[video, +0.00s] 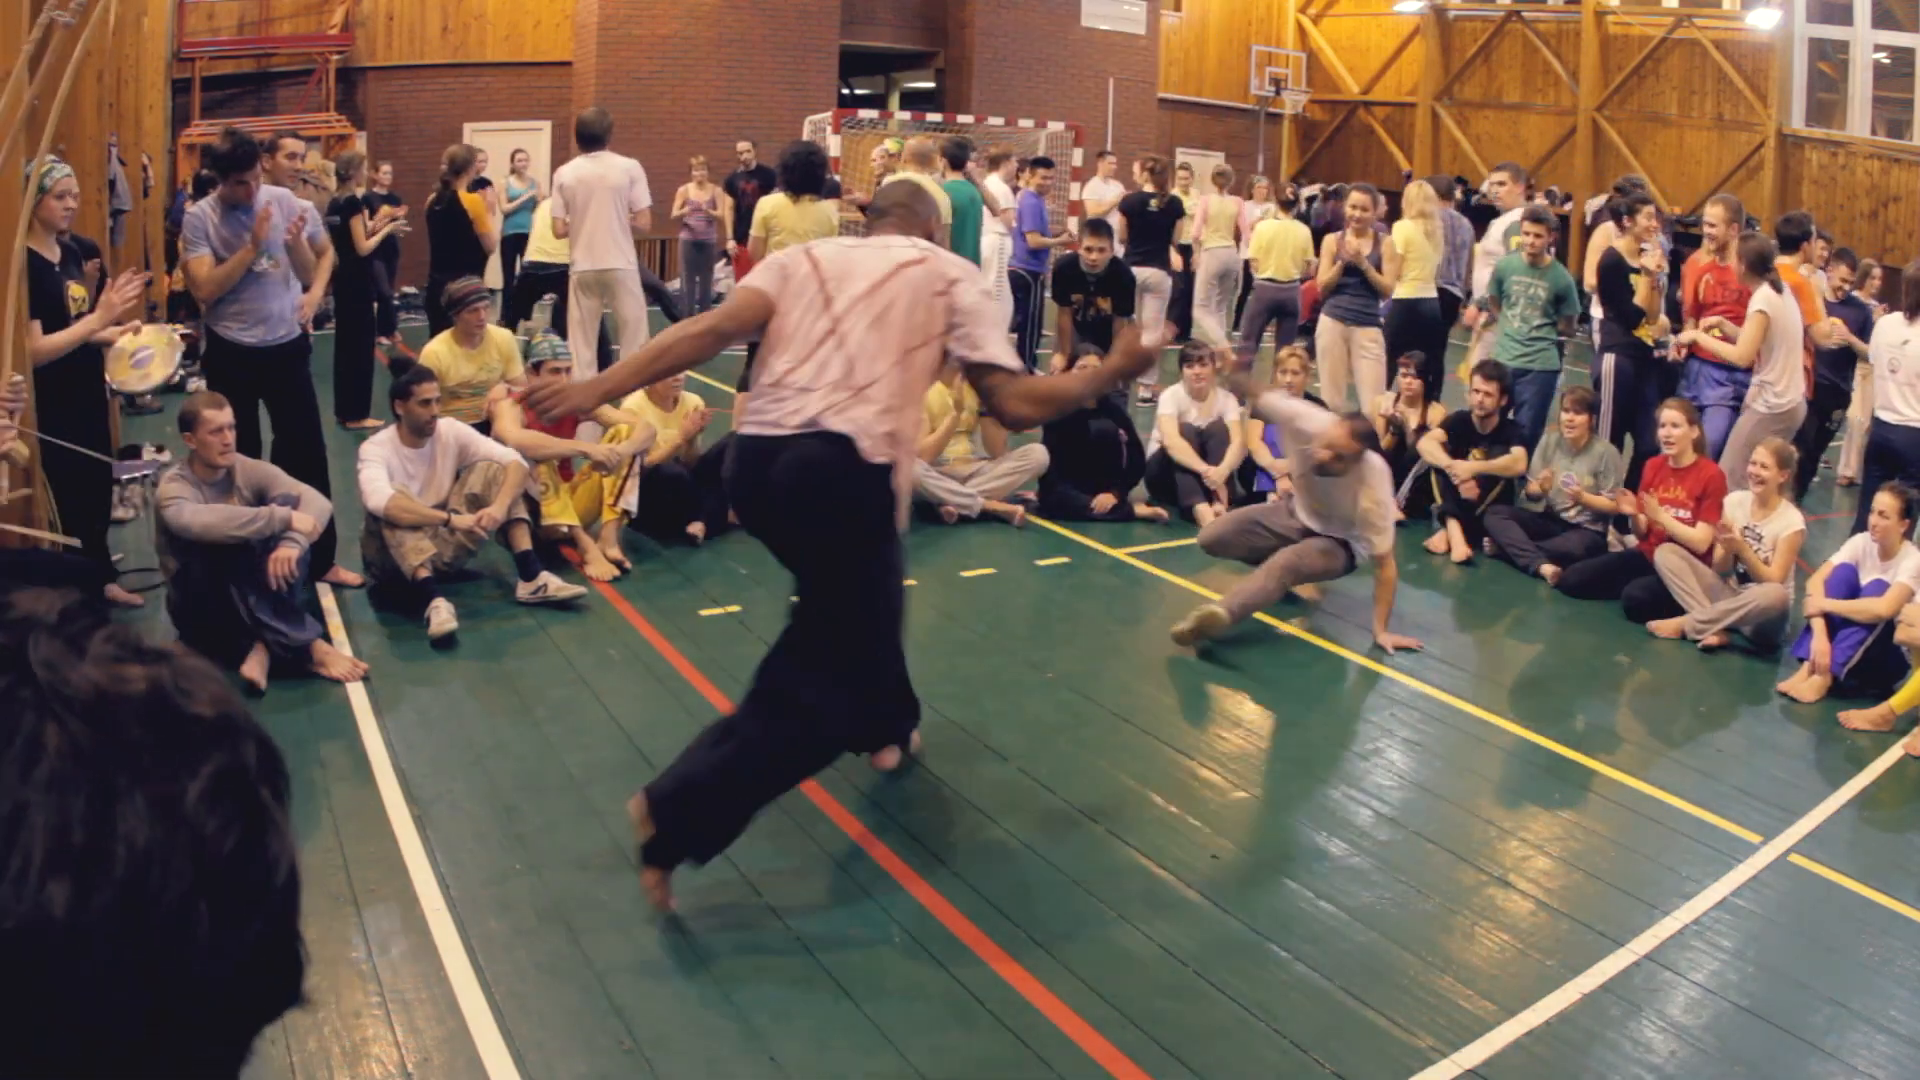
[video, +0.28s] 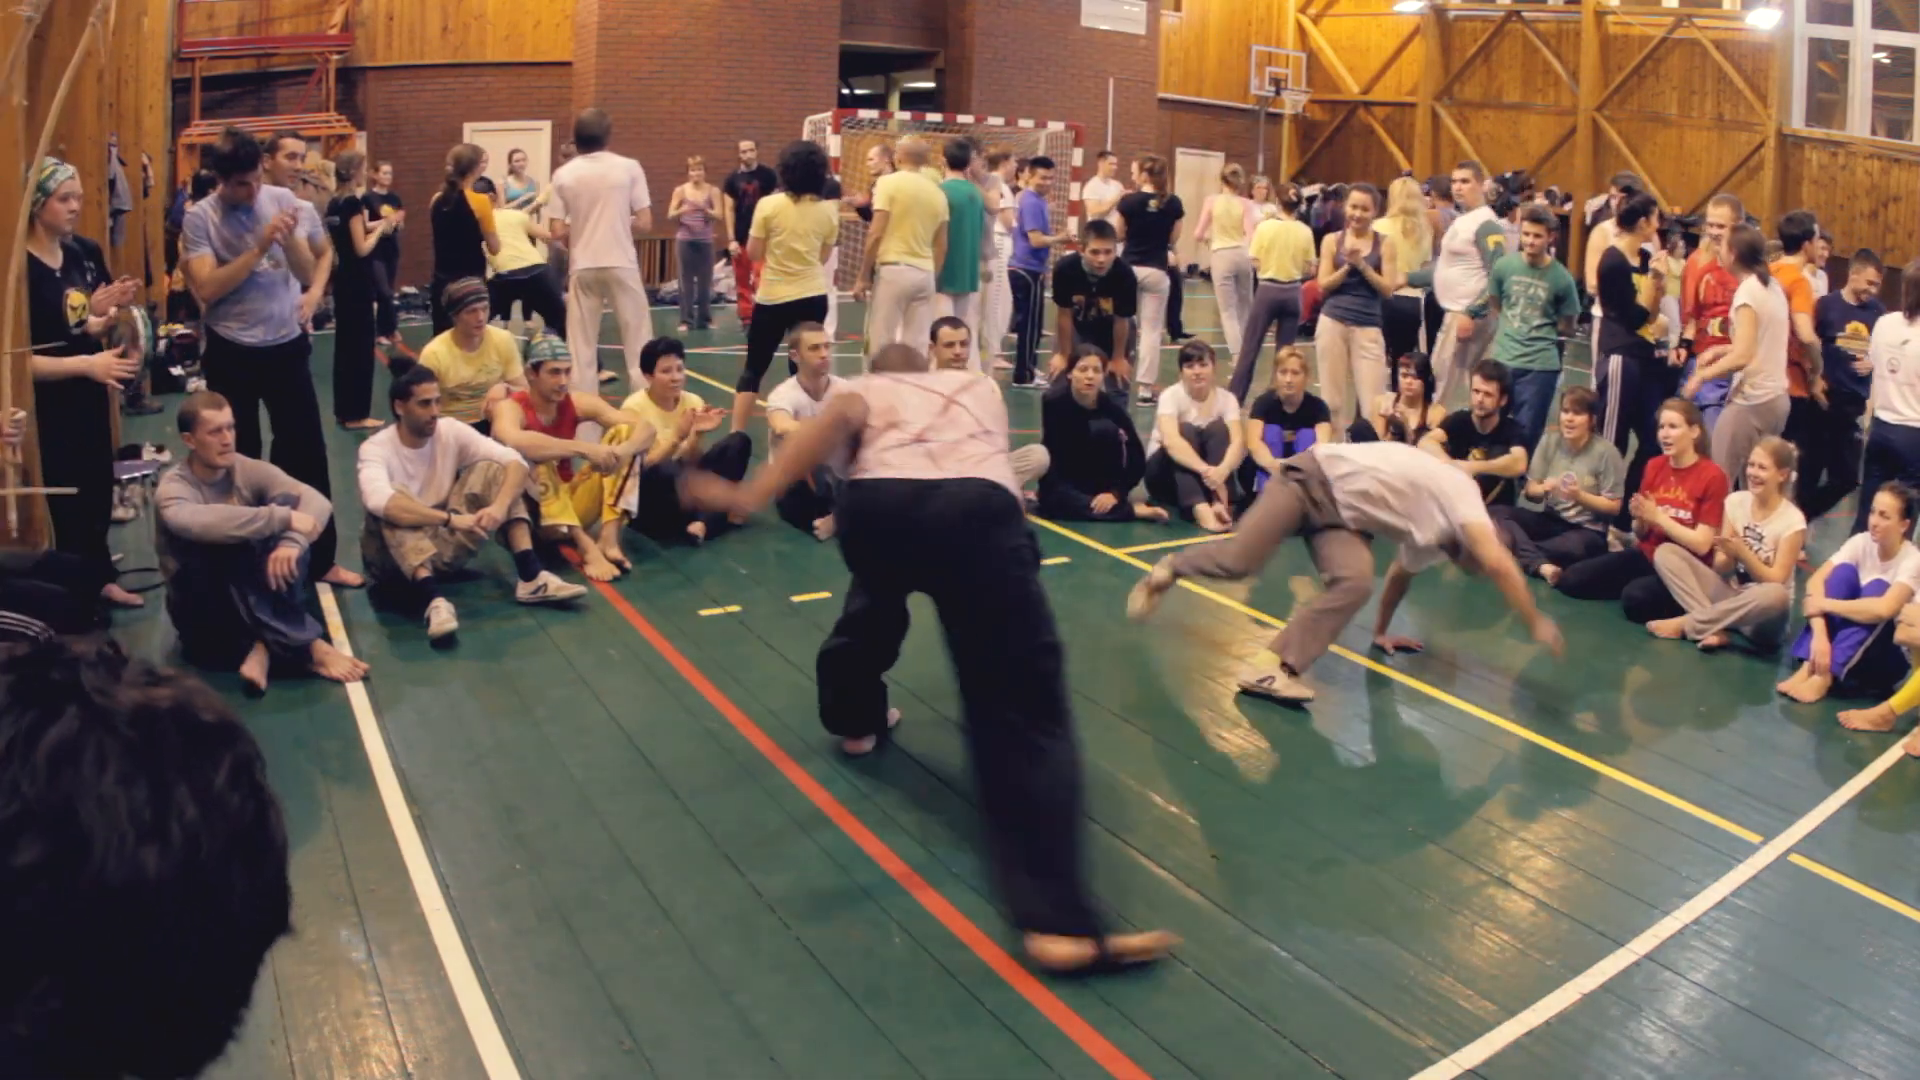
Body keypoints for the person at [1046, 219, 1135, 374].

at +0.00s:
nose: (1094, 257)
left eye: (1101, 251)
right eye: (1088, 250)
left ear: (1112, 251)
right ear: (1079, 248)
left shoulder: (1122, 274)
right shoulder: (1064, 267)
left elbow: (1120, 321)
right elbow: (1064, 313)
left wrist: (1113, 358)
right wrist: (1064, 353)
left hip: (1108, 336)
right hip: (1075, 334)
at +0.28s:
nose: (1101, 259)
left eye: (1108, 252)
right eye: (1095, 253)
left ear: (1115, 251)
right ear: (1082, 250)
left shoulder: (1124, 275)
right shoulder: (1065, 268)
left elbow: (1121, 320)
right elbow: (1064, 314)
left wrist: (1118, 357)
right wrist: (1064, 354)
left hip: (1112, 333)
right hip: (1077, 332)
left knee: (1116, 388)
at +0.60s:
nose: (1108, 255)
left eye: (1114, 248)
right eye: (1101, 248)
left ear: (1121, 248)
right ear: (1088, 245)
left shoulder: (1127, 271)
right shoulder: (1068, 267)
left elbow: (1124, 319)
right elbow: (1066, 314)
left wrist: (1121, 358)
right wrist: (1066, 359)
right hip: (1079, 336)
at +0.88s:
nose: (1120, 231)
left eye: (1127, 225)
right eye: (1114, 223)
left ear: (1135, 227)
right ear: (1102, 224)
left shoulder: (1139, 260)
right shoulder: (1078, 253)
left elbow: (1137, 309)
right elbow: (1064, 300)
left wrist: (1130, 352)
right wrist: (1061, 347)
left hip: (1117, 334)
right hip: (1079, 329)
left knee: (1114, 392)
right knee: (1065, 388)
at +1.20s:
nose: (1138, 197)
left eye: (1144, 192)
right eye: (1132, 190)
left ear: (1151, 199)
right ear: (1118, 195)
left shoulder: (1152, 240)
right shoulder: (1094, 229)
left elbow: (1153, 289)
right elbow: (1075, 274)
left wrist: (1145, 333)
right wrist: (1073, 324)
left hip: (1125, 320)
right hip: (1088, 317)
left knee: (1118, 387)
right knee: (1076, 385)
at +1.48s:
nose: (1144, 192)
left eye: (1145, 186)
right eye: (1137, 185)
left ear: (1147, 189)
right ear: (1118, 189)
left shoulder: (1146, 229)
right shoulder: (1092, 223)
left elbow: (1148, 279)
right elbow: (1077, 271)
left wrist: (1154, 323)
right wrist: (1085, 320)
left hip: (1124, 313)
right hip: (1092, 313)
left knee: (1118, 379)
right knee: (1087, 376)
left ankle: (1109, 435)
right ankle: (1078, 430)